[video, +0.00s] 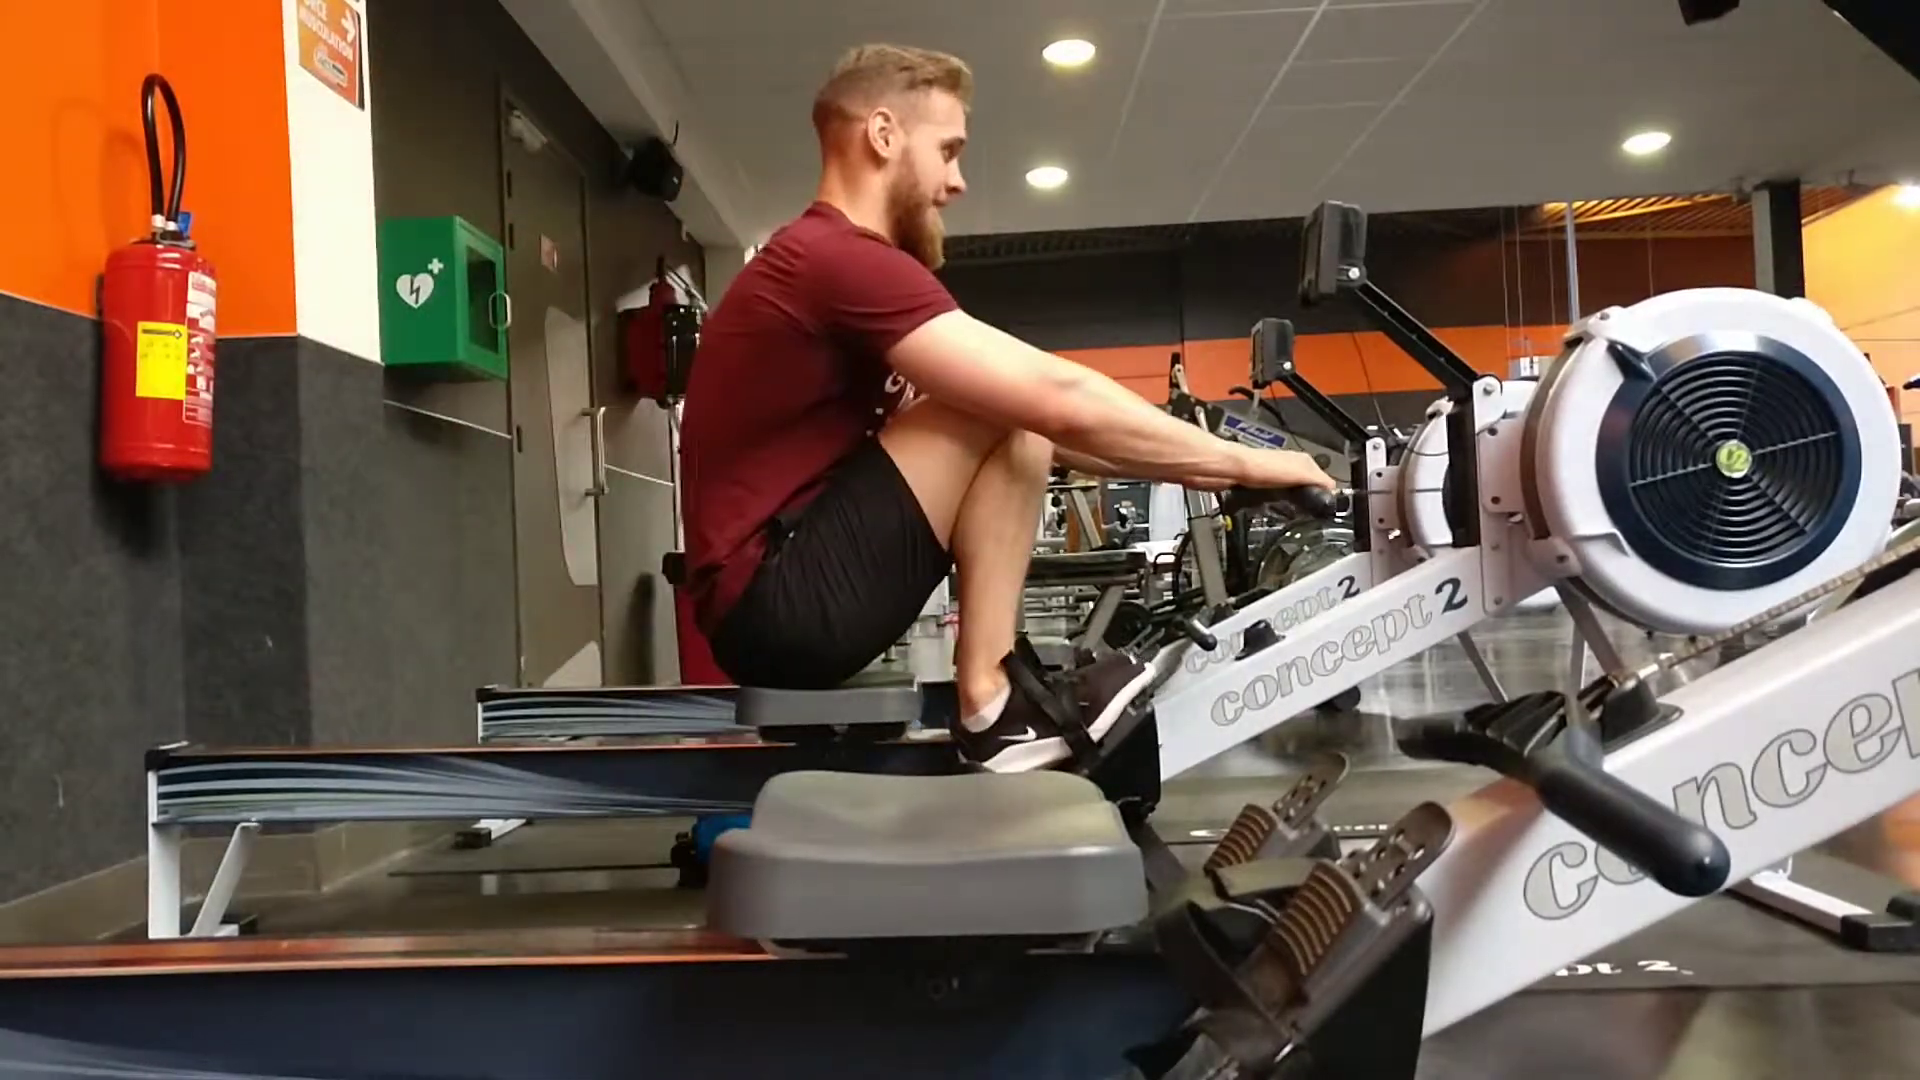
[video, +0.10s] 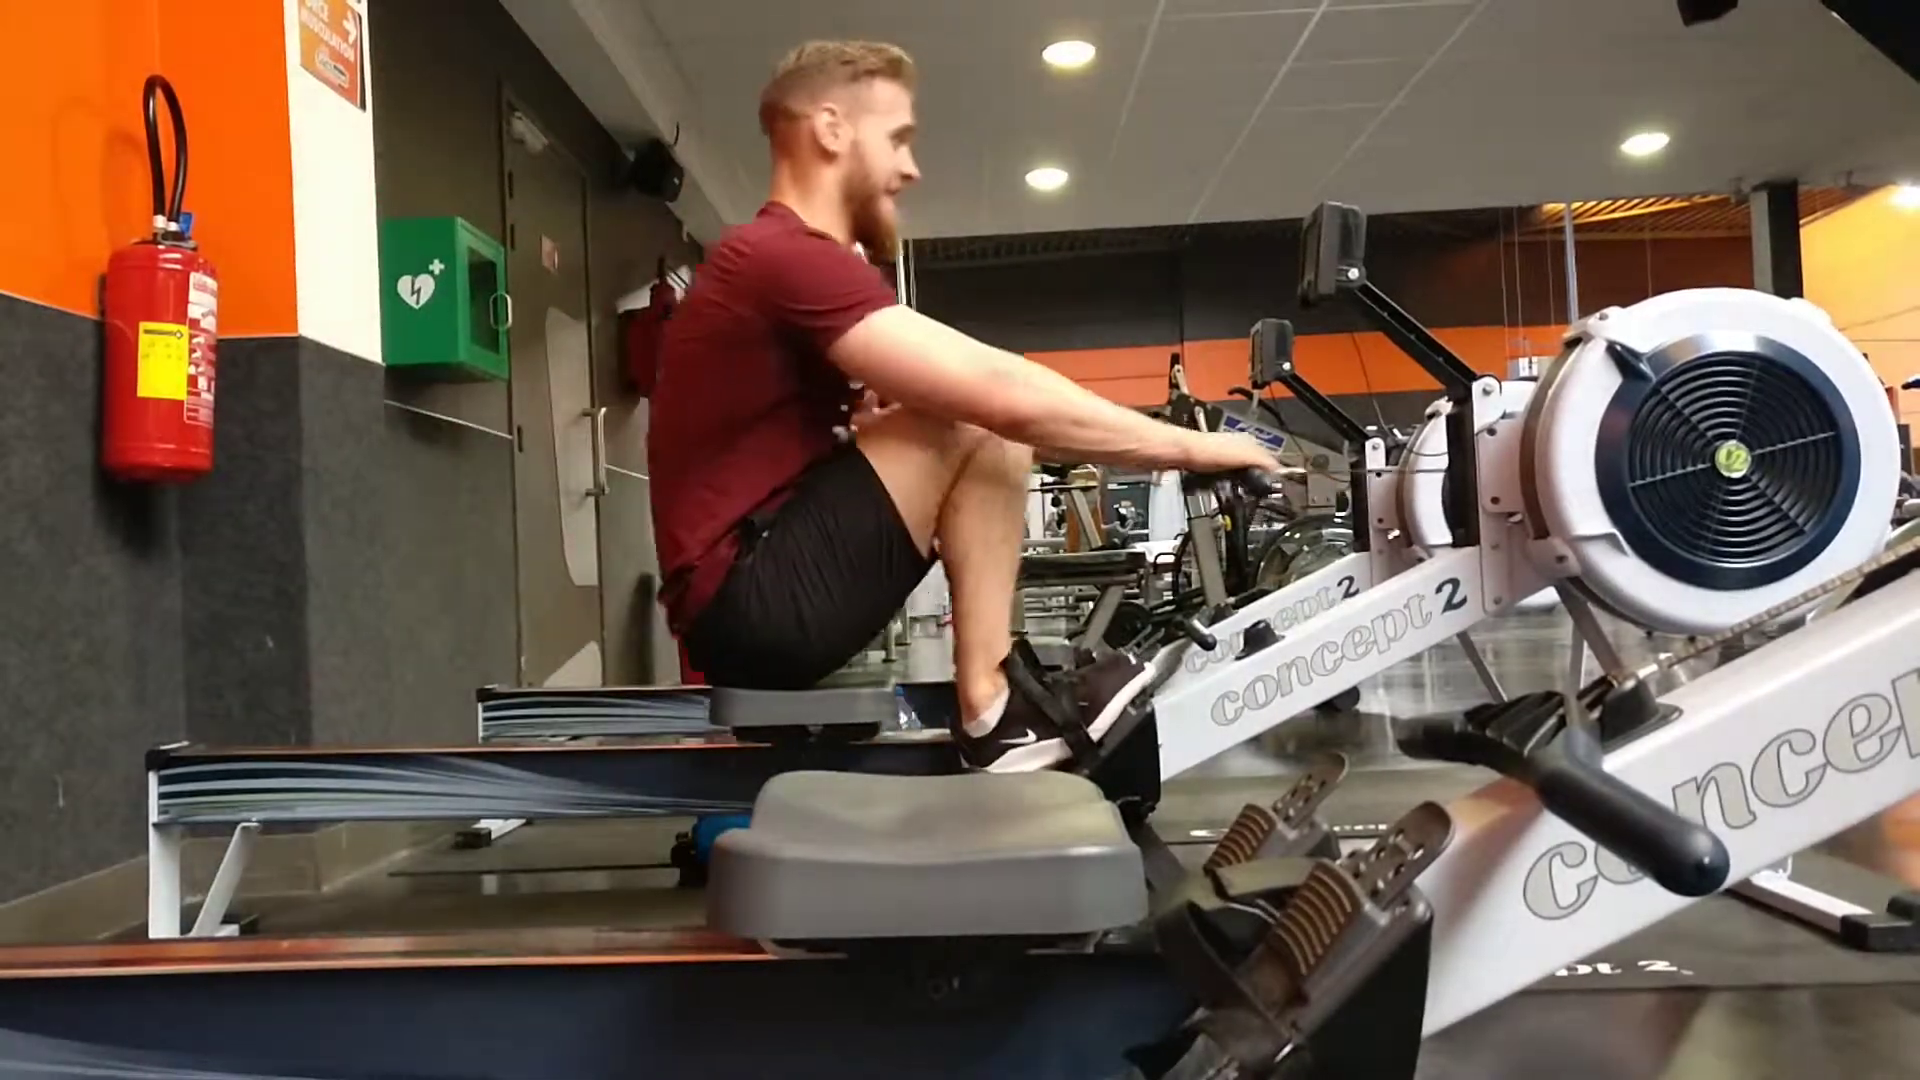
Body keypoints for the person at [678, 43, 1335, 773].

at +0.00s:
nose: (960, 181)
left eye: (960, 156)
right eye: (950, 150)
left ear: (881, 139)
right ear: (880, 135)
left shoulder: (839, 258)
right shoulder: (837, 258)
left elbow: (1047, 397)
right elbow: (1062, 400)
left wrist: (1207, 462)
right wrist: (1241, 463)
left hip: (778, 601)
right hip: (772, 610)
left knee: (1016, 411)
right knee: (1007, 407)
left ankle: (992, 682)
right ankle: (984, 703)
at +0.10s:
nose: (911, 171)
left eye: (910, 145)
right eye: (898, 141)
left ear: (826, 135)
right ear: (825, 130)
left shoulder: (798, 258)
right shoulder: (783, 258)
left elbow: (992, 389)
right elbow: (1007, 398)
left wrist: (1173, 445)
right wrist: (1193, 448)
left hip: (756, 602)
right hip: (748, 614)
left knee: (982, 417)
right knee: (978, 423)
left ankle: (991, 689)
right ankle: (986, 711)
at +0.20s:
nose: (806, 153)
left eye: (801, 127)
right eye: (790, 122)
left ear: (718, 117)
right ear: (717, 114)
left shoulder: (689, 248)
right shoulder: (672, 245)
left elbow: (853, 390)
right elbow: (866, 397)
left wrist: (1041, 423)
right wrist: (1054, 426)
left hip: (684, 599)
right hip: (675, 608)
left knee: (922, 432)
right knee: (931, 440)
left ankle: (991, 709)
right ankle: (989, 729)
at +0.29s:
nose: (682, 144)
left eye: (679, 118)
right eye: (663, 114)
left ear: (592, 118)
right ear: (583, 113)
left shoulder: (611, 256)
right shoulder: (553, 247)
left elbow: (745, 388)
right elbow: (732, 404)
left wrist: (923, 416)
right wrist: (934, 413)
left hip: (621, 595)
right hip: (587, 604)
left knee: (879, 445)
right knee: (877, 454)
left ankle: (986, 722)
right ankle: (993, 738)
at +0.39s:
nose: (535, 150)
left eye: (535, 129)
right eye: (516, 125)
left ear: (446, 122)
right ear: (431, 114)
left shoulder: (485, 267)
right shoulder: (402, 260)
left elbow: (614, 412)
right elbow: (571, 413)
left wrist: (786, 426)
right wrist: (787, 422)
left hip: (534, 589)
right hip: (487, 607)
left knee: (803, 485)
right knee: (798, 490)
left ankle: (986, 723)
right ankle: (991, 737)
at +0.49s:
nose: (432, 175)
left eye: (434, 153)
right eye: (414, 146)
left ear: (353, 142)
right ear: (329, 136)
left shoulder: (391, 289)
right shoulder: (281, 279)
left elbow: (508, 447)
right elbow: (394, 433)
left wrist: (613, 423)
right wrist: (613, 414)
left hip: (479, 581)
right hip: (422, 606)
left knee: (749, 537)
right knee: (746, 539)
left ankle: (979, 724)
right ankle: (984, 742)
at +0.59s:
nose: (406, 185)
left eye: (406, 161)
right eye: (386, 156)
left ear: (315, 152)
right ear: (298, 148)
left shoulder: (354, 298)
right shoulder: (233, 280)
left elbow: (379, 467)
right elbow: (231, 455)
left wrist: (489, 449)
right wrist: (435, 429)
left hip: (424, 590)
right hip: (365, 608)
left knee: (713, 568)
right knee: (709, 567)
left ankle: (974, 731)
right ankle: (973, 752)